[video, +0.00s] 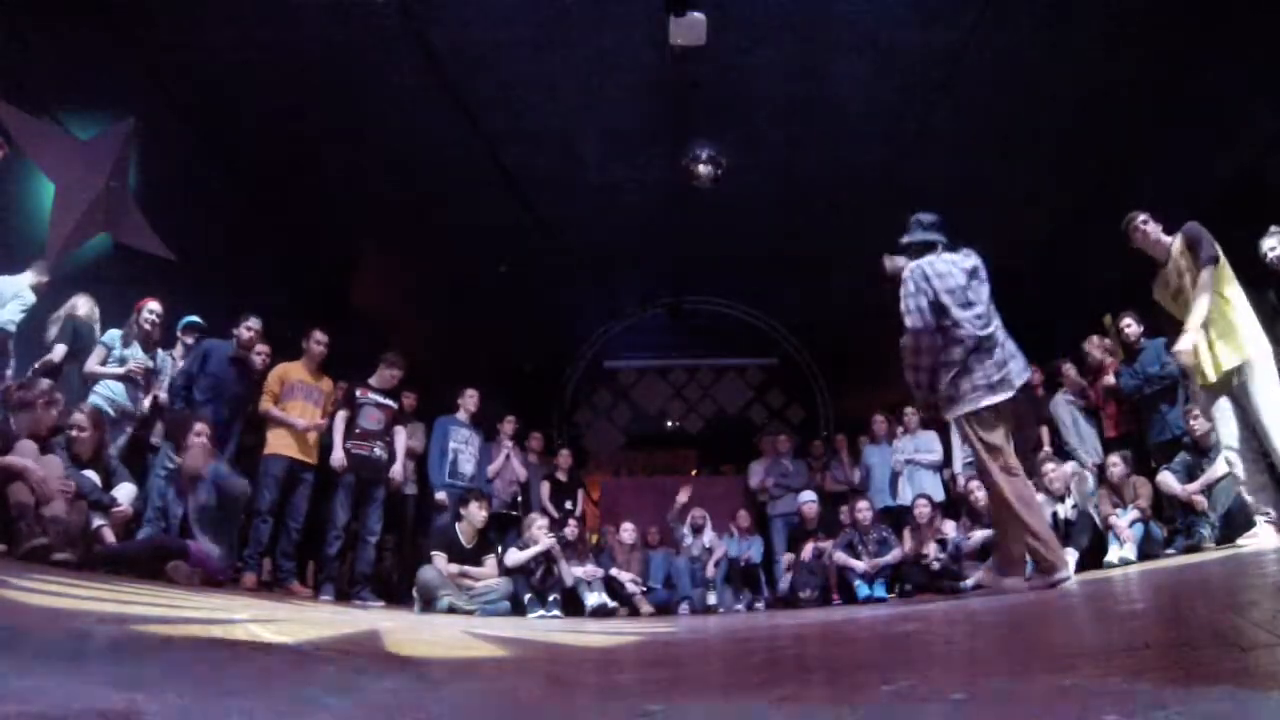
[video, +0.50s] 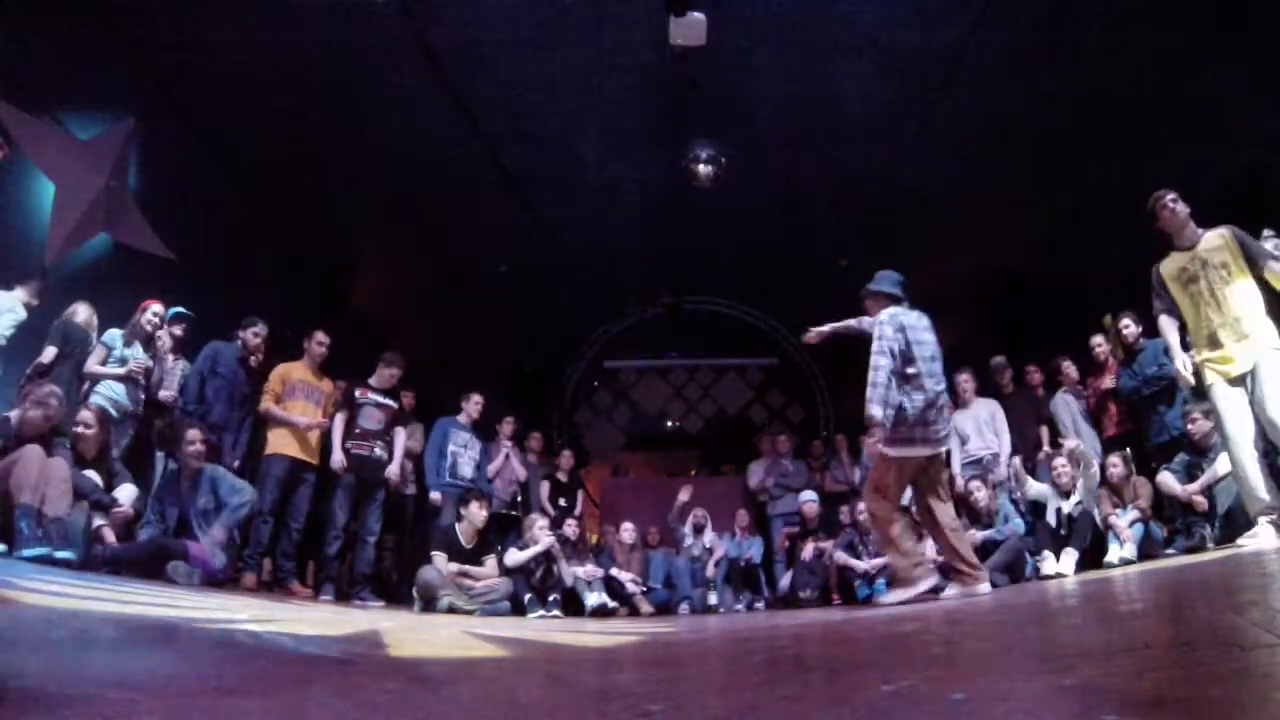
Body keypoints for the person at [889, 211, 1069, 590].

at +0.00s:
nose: (908, 254)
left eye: (910, 249)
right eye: (907, 249)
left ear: (916, 248)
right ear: (942, 242)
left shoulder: (915, 275)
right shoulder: (970, 260)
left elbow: (920, 334)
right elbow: (945, 271)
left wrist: (921, 388)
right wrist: (907, 267)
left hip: (967, 385)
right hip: (1004, 373)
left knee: (1005, 473)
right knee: (1001, 472)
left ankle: (1053, 559)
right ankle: (1008, 564)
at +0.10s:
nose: (902, 265)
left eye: (904, 260)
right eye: (903, 260)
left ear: (909, 260)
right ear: (934, 256)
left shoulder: (909, 286)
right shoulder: (961, 274)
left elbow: (910, 346)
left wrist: (909, 402)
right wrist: (914, 258)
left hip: (959, 393)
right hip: (991, 382)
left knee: (997, 480)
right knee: (980, 485)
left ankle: (1053, 558)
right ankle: (976, 572)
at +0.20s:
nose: (897, 275)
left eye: (899, 271)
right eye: (898, 270)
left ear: (904, 271)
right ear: (927, 267)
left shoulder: (903, 295)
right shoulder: (952, 285)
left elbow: (904, 352)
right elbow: (924, 275)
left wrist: (895, 399)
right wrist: (898, 258)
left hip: (947, 401)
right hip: (978, 393)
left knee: (966, 483)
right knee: (976, 482)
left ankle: (1034, 543)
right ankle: (971, 576)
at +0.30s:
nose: (892, 283)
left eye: (893, 280)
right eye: (892, 280)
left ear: (898, 280)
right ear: (920, 276)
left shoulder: (898, 301)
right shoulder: (943, 296)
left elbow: (894, 357)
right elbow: (911, 294)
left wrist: (882, 413)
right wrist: (873, 279)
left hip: (927, 405)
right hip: (963, 400)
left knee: (928, 487)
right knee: (958, 485)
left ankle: (986, 531)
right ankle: (971, 575)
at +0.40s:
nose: (878, 297)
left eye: (880, 292)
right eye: (878, 293)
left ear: (891, 291)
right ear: (911, 289)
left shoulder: (894, 313)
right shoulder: (934, 308)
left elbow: (886, 367)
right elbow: (887, 310)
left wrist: (878, 414)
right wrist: (845, 312)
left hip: (915, 424)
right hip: (949, 422)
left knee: (906, 497)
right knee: (947, 498)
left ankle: (961, 543)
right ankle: (974, 576)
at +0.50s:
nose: (867, 306)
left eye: (869, 300)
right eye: (867, 301)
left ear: (880, 298)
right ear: (899, 297)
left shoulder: (887, 321)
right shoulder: (920, 319)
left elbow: (880, 370)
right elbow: (868, 323)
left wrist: (875, 422)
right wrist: (828, 329)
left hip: (904, 433)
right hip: (935, 432)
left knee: (878, 500)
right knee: (936, 503)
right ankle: (971, 577)